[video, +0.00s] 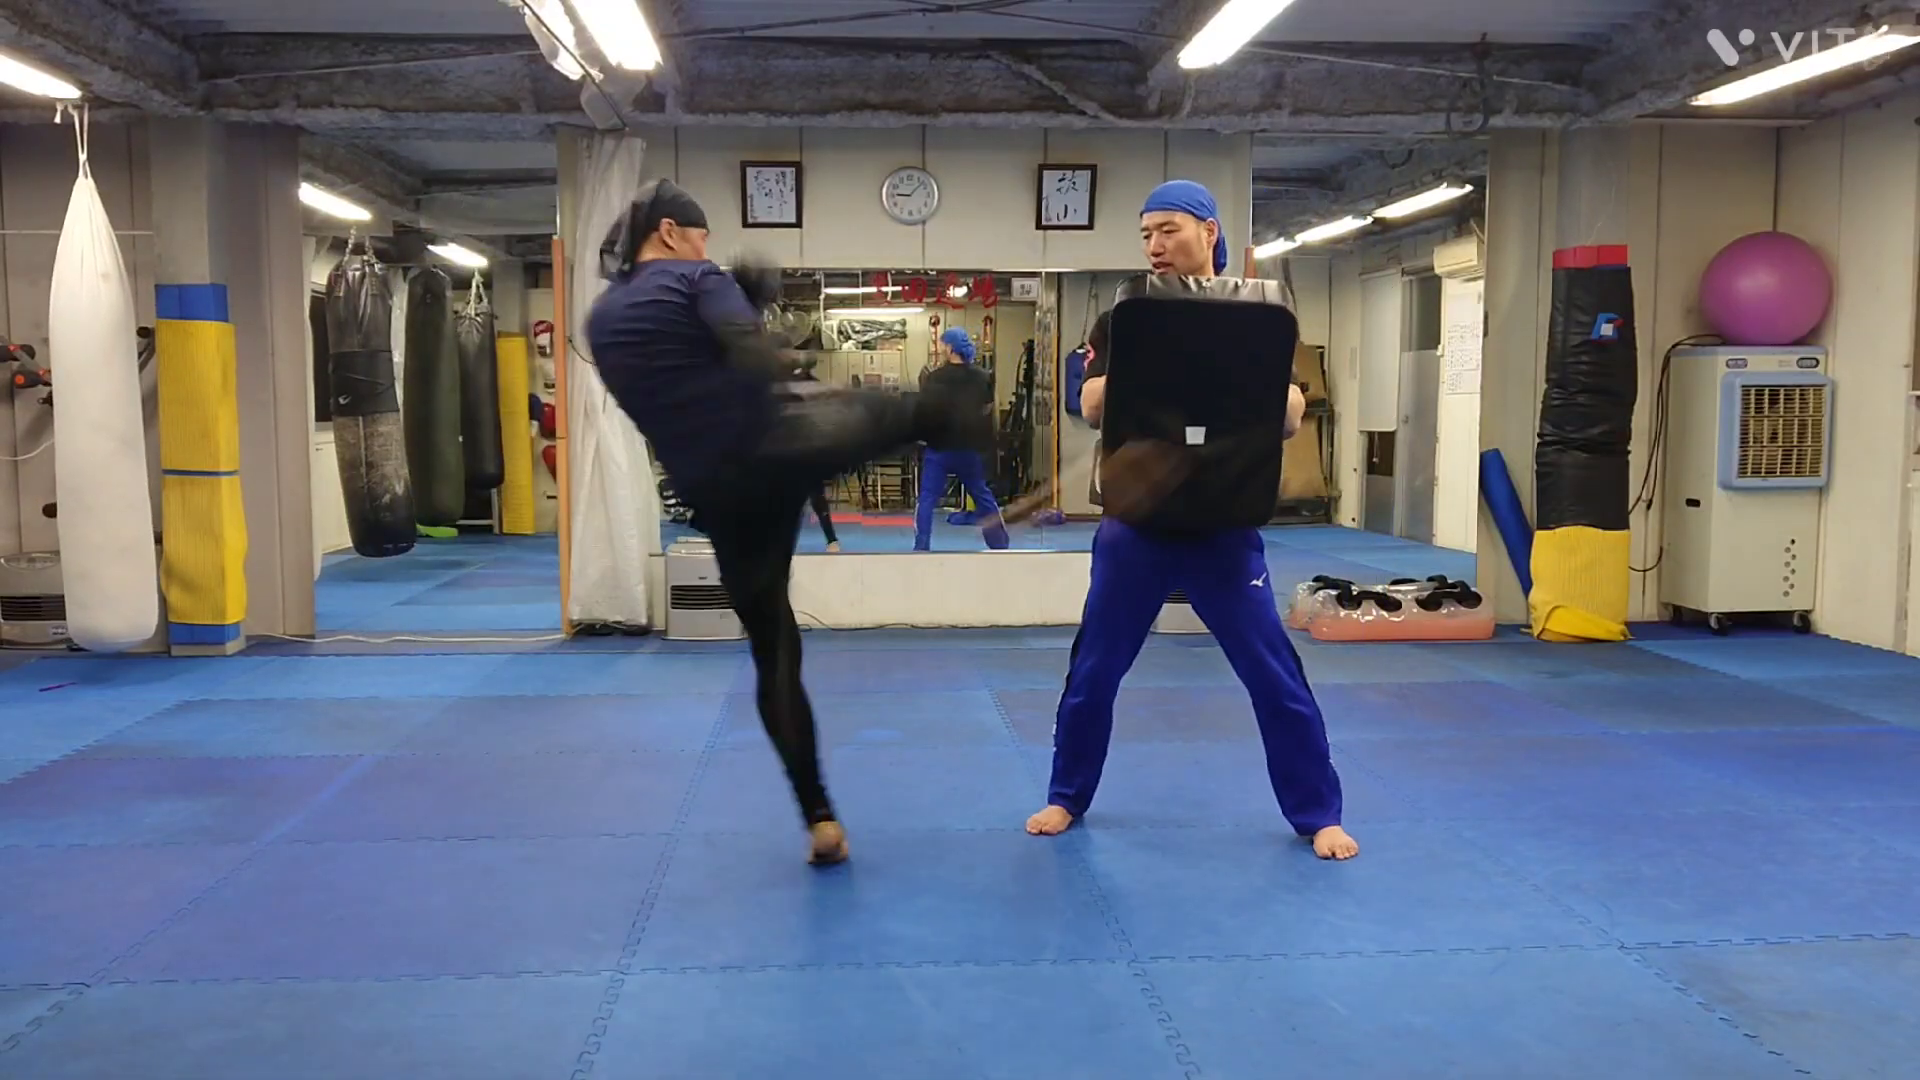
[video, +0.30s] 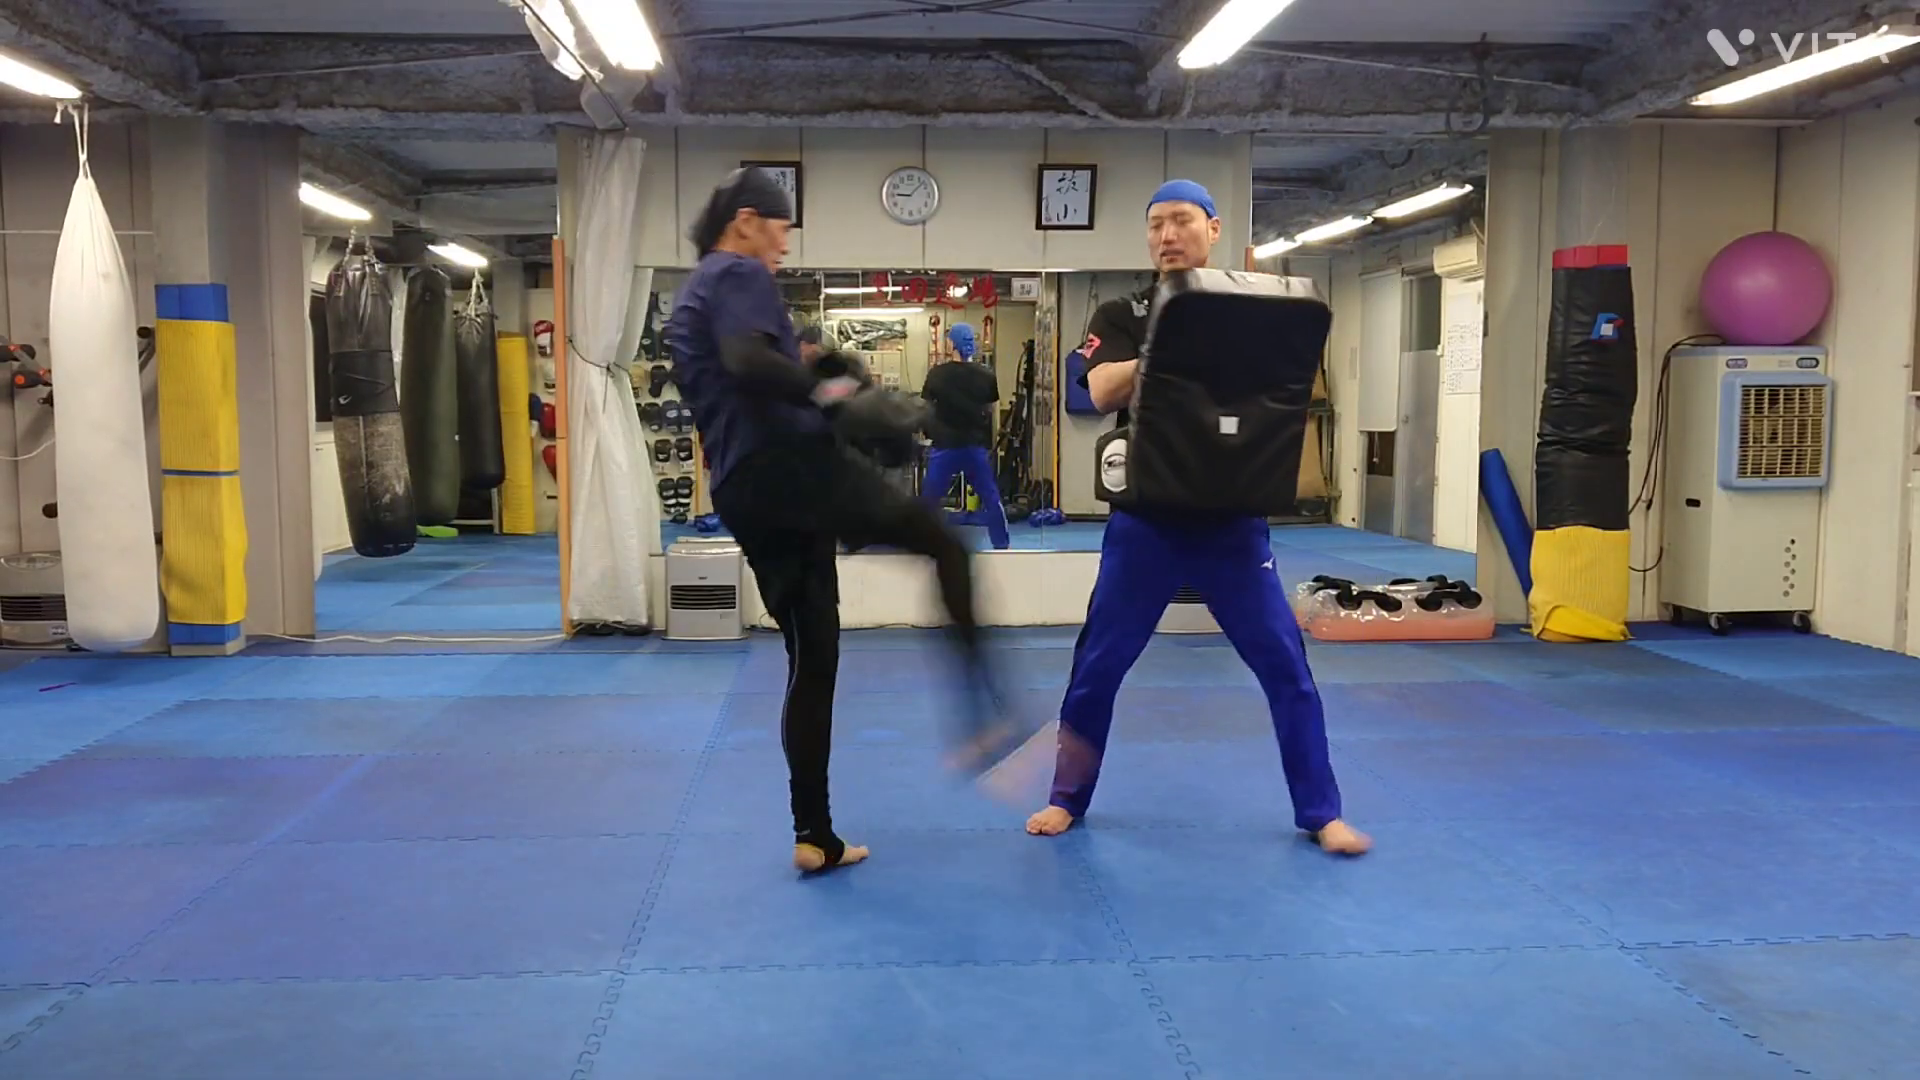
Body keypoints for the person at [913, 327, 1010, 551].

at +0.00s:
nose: (940, 349)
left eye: (942, 346)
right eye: (941, 345)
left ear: (951, 349)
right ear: (966, 349)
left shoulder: (935, 378)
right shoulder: (981, 377)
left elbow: (925, 413)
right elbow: (987, 406)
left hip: (940, 445)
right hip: (971, 444)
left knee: (928, 497)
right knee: (980, 492)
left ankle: (921, 546)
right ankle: (1000, 543)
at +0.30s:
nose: (946, 345)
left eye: (947, 342)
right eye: (947, 341)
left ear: (952, 345)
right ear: (972, 345)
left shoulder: (938, 373)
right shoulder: (985, 376)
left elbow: (926, 403)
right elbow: (991, 407)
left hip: (944, 445)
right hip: (975, 444)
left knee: (930, 496)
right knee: (990, 494)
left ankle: (923, 545)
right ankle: (1002, 543)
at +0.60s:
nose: (968, 351)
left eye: (971, 347)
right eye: (970, 347)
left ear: (978, 351)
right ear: (993, 351)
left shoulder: (964, 379)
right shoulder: (1008, 378)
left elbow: (952, 411)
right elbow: (1020, 412)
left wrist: (973, 420)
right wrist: (999, 422)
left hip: (966, 450)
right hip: (997, 450)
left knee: (943, 501)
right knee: (1013, 503)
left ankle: (922, 549)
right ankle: (1033, 550)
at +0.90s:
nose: (986, 342)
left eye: (988, 338)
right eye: (986, 337)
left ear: (995, 341)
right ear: (1011, 340)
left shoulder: (984, 368)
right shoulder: (1028, 369)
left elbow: (969, 391)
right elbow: (1037, 395)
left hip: (990, 439)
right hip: (1019, 439)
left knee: (981, 496)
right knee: (1025, 495)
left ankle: (987, 549)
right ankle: (1036, 546)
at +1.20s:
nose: (990, 344)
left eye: (993, 340)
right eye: (992, 340)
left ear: (1000, 345)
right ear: (1017, 344)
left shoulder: (989, 374)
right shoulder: (1036, 373)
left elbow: (978, 406)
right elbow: (1049, 404)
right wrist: (1036, 421)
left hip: (994, 444)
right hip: (1025, 444)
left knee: (987, 499)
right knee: (1043, 495)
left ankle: (986, 552)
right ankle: (1063, 546)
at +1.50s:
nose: (999, 349)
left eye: (1001, 344)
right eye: (1000, 344)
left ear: (1010, 346)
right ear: (1025, 345)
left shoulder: (996, 376)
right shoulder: (1046, 375)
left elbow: (985, 418)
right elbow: (1056, 413)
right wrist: (1054, 445)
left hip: (999, 449)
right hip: (1034, 448)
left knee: (989, 499)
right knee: (1046, 498)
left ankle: (984, 549)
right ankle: (1062, 549)